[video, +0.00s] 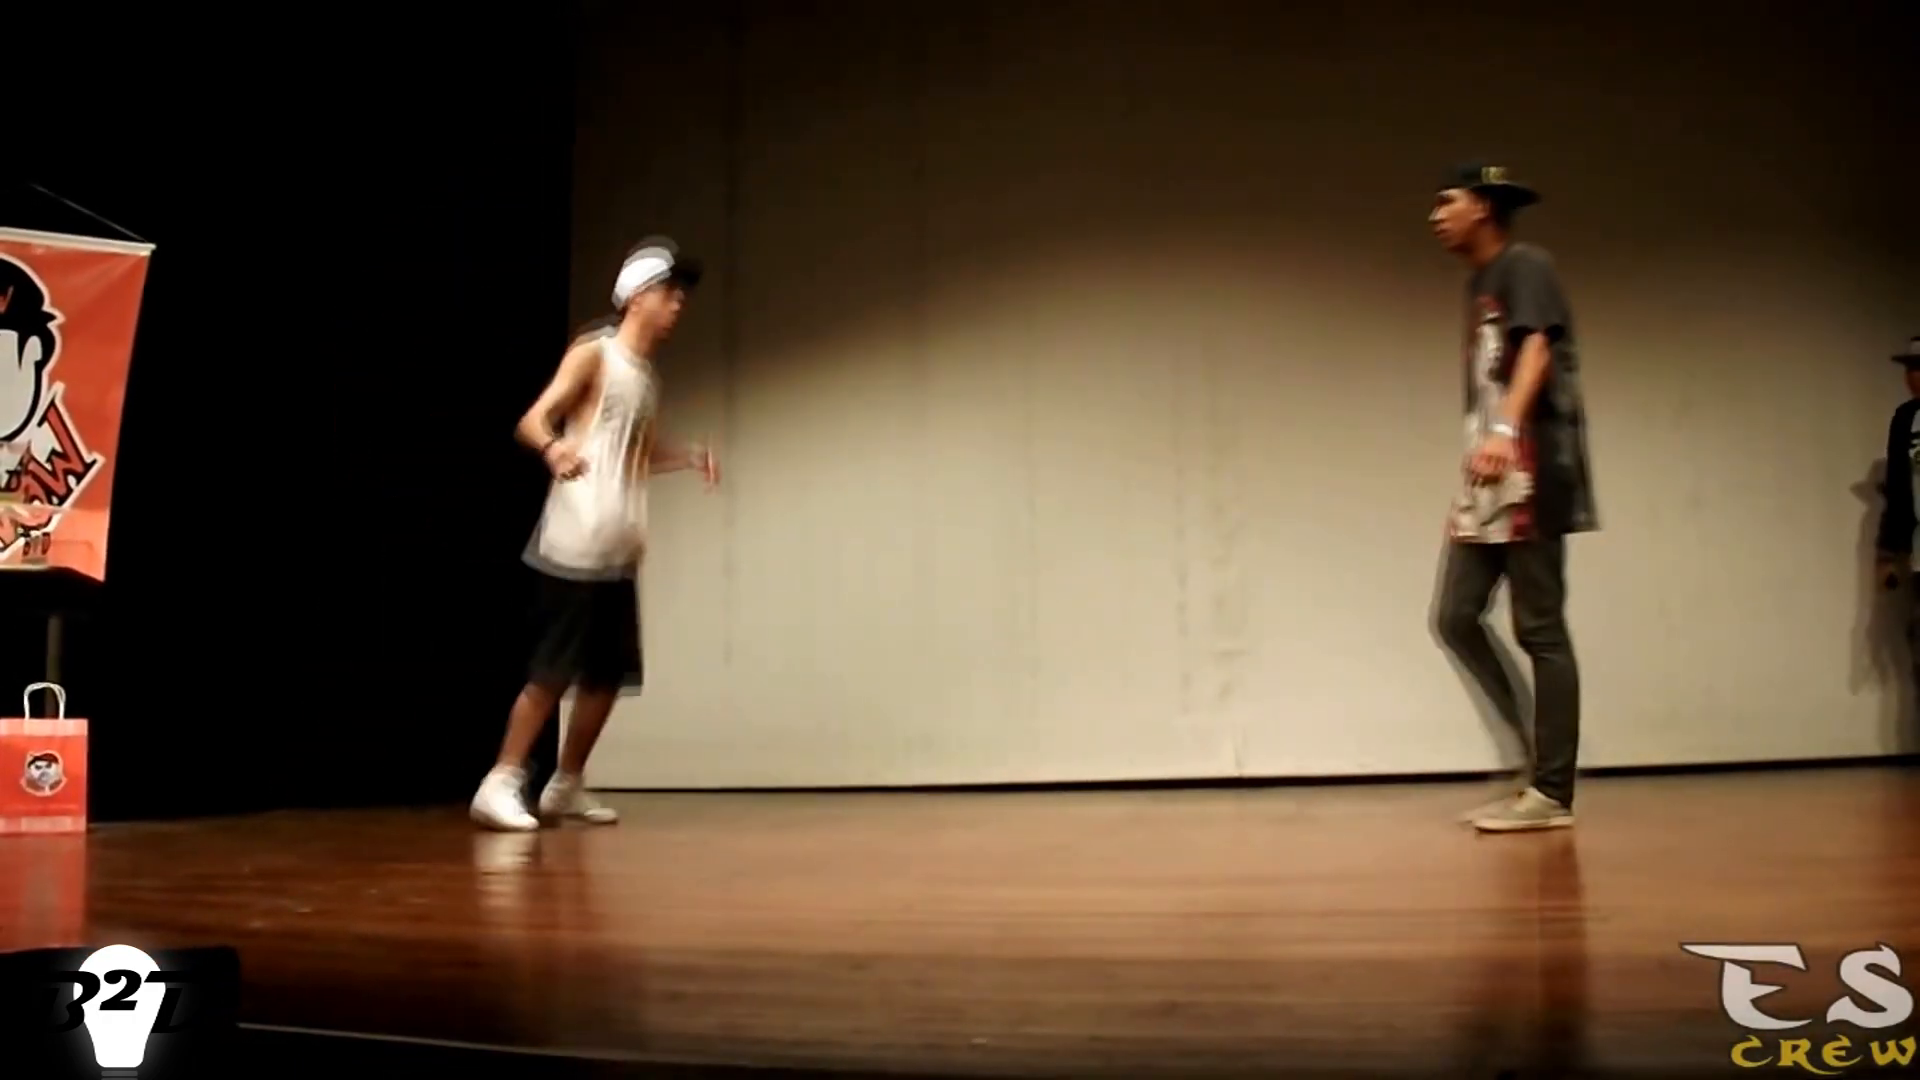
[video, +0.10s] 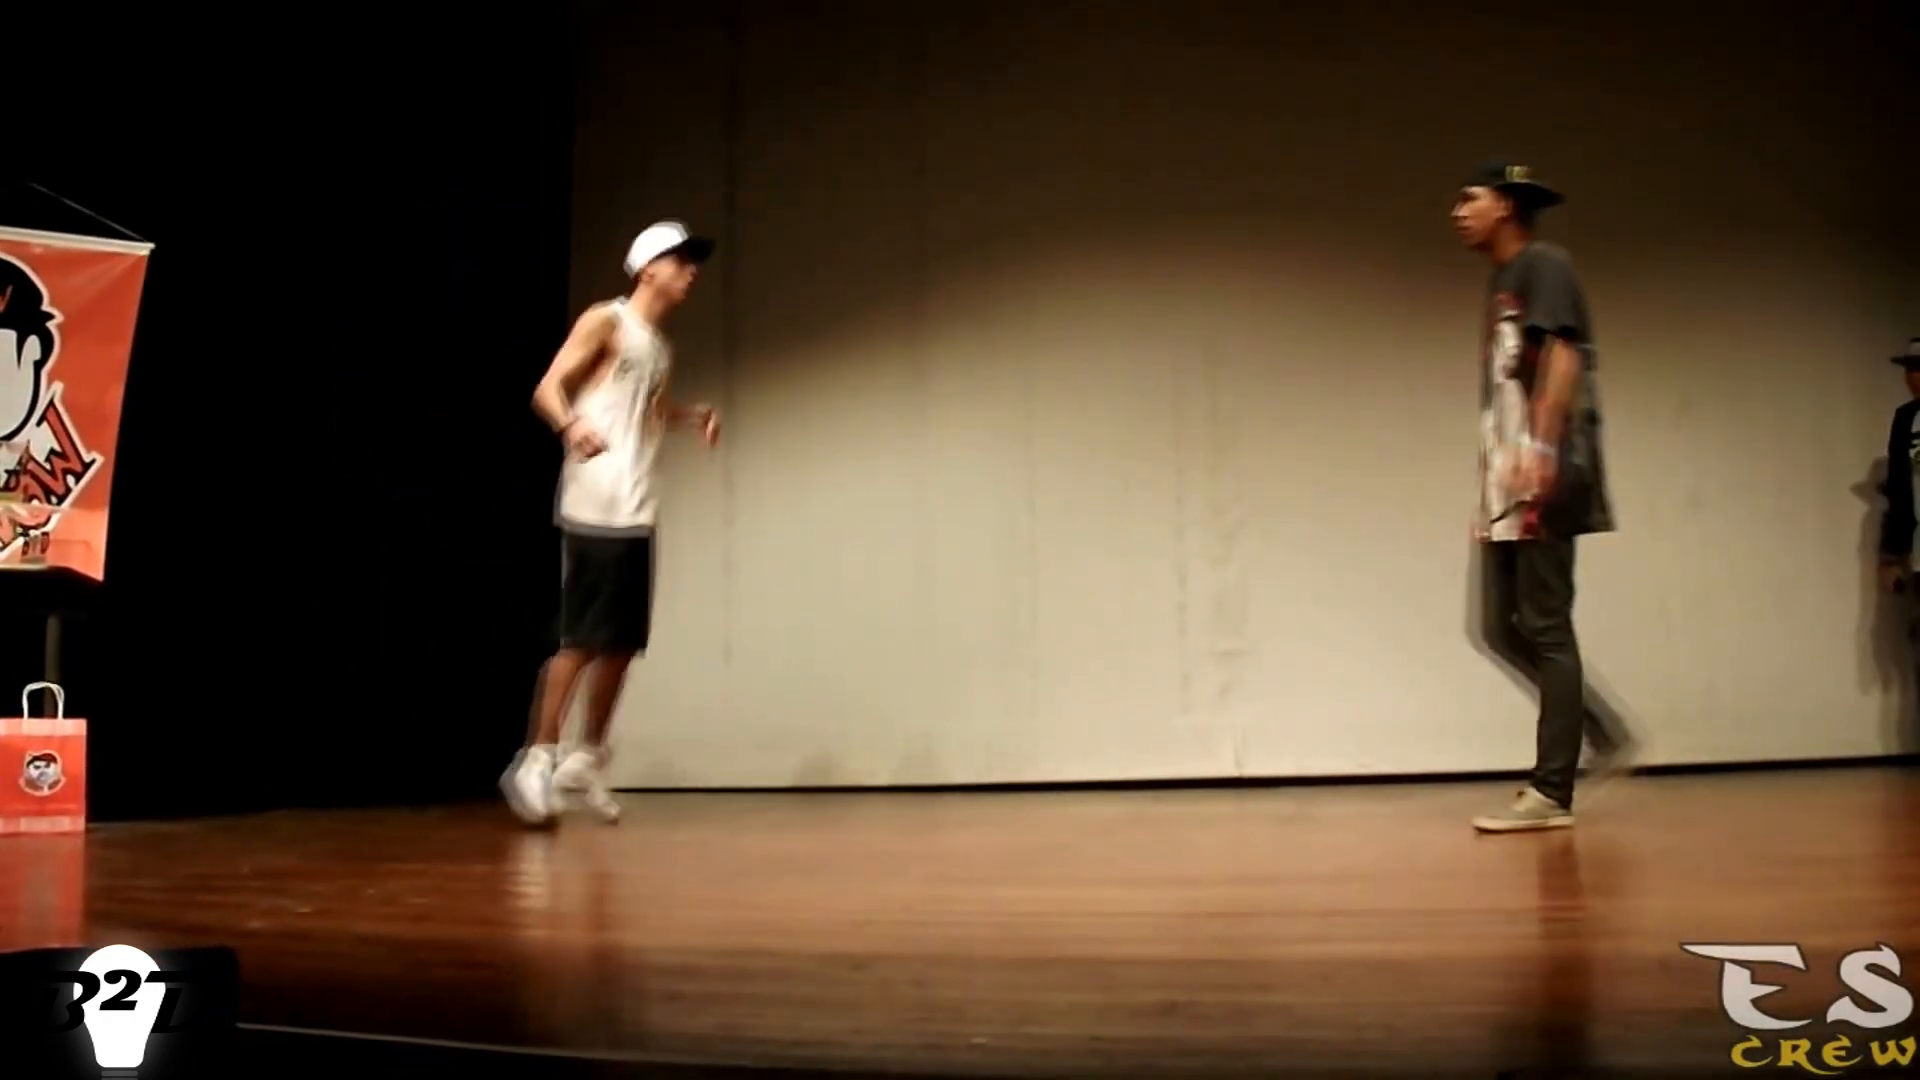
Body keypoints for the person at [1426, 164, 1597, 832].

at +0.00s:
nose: (1435, 214)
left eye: (1447, 203)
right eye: (1438, 204)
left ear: (1484, 209)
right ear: (1473, 213)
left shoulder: (1524, 268)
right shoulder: (1484, 285)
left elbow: (1537, 353)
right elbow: (1498, 382)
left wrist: (1502, 431)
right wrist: (1488, 461)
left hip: (1534, 481)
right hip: (1492, 481)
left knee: (1541, 629)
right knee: (1455, 619)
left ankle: (1553, 793)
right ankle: (1532, 761)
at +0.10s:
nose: (1458, 211)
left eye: (1470, 200)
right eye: (1460, 201)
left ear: (1505, 208)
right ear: (1494, 211)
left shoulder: (1543, 269)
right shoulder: (1503, 283)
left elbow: (1563, 364)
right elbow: (1504, 398)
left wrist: (1541, 453)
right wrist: (1488, 497)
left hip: (1544, 488)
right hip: (1507, 491)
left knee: (1547, 629)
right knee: (1499, 627)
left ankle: (1551, 791)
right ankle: (1607, 737)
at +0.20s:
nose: (1481, 213)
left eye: (1493, 202)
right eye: (1483, 203)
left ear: (1529, 211)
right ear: (1517, 216)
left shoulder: (1564, 271)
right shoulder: (1527, 286)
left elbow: (1600, 369)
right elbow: (1526, 403)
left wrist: (1595, 471)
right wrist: (1503, 488)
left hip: (1561, 488)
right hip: (1534, 491)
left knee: (1556, 630)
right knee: (1555, 628)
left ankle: (1550, 791)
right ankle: (1663, 754)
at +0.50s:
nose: (1534, 223)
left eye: (1546, 212)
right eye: (1537, 213)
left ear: (1582, 220)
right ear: (1571, 224)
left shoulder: (1625, 274)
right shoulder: (1573, 296)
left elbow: (1699, 347)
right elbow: (1569, 398)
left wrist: (1742, 442)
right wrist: (1515, 446)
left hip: (1625, 481)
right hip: (1612, 483)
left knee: (1566, 608)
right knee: (1654, 624)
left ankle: (1583, 776)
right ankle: (1689, 776)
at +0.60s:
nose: (1551, 220)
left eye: (1562, 208)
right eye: (1553, 210)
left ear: (1598, 215)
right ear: (1589, 220)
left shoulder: (1637, 264)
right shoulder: (1591, 290)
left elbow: (1714, 334)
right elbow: (1587, 398)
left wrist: (1764, 429)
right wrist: (1534, 444)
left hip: (1635, 469)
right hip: (1632, 472)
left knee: (1572, 598)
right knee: (1660, 620)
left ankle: (1658, 748)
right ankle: (1687, 775)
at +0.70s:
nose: (1564, 218)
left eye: (1575, 207)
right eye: (1566, 208)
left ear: (1611, 215)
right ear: (1603, 219)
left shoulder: (1644, 263)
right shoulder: (1612, 286)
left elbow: (1718, 332)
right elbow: (1612, 397)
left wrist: (1769, 426)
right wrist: (1558, 457)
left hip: (1648, 467)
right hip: (1641, 469)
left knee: (1592, 600)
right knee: (1667, 612)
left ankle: (1710, 719)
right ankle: (1684, 772)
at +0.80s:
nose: (1578, 216)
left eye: (1590, 204)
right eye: (1581, 206)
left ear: (1626, 212)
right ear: (1617, 217)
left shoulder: (1659, 265)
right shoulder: (1629, 284)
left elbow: (1711, 341)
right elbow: (1635, 395)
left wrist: (1757, 426)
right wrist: (1600, 473)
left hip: (1662, 475)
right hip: (1643, 478)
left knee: (1640, 607)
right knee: (1674, 619)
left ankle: (1765, 722)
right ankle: (1683, 773)